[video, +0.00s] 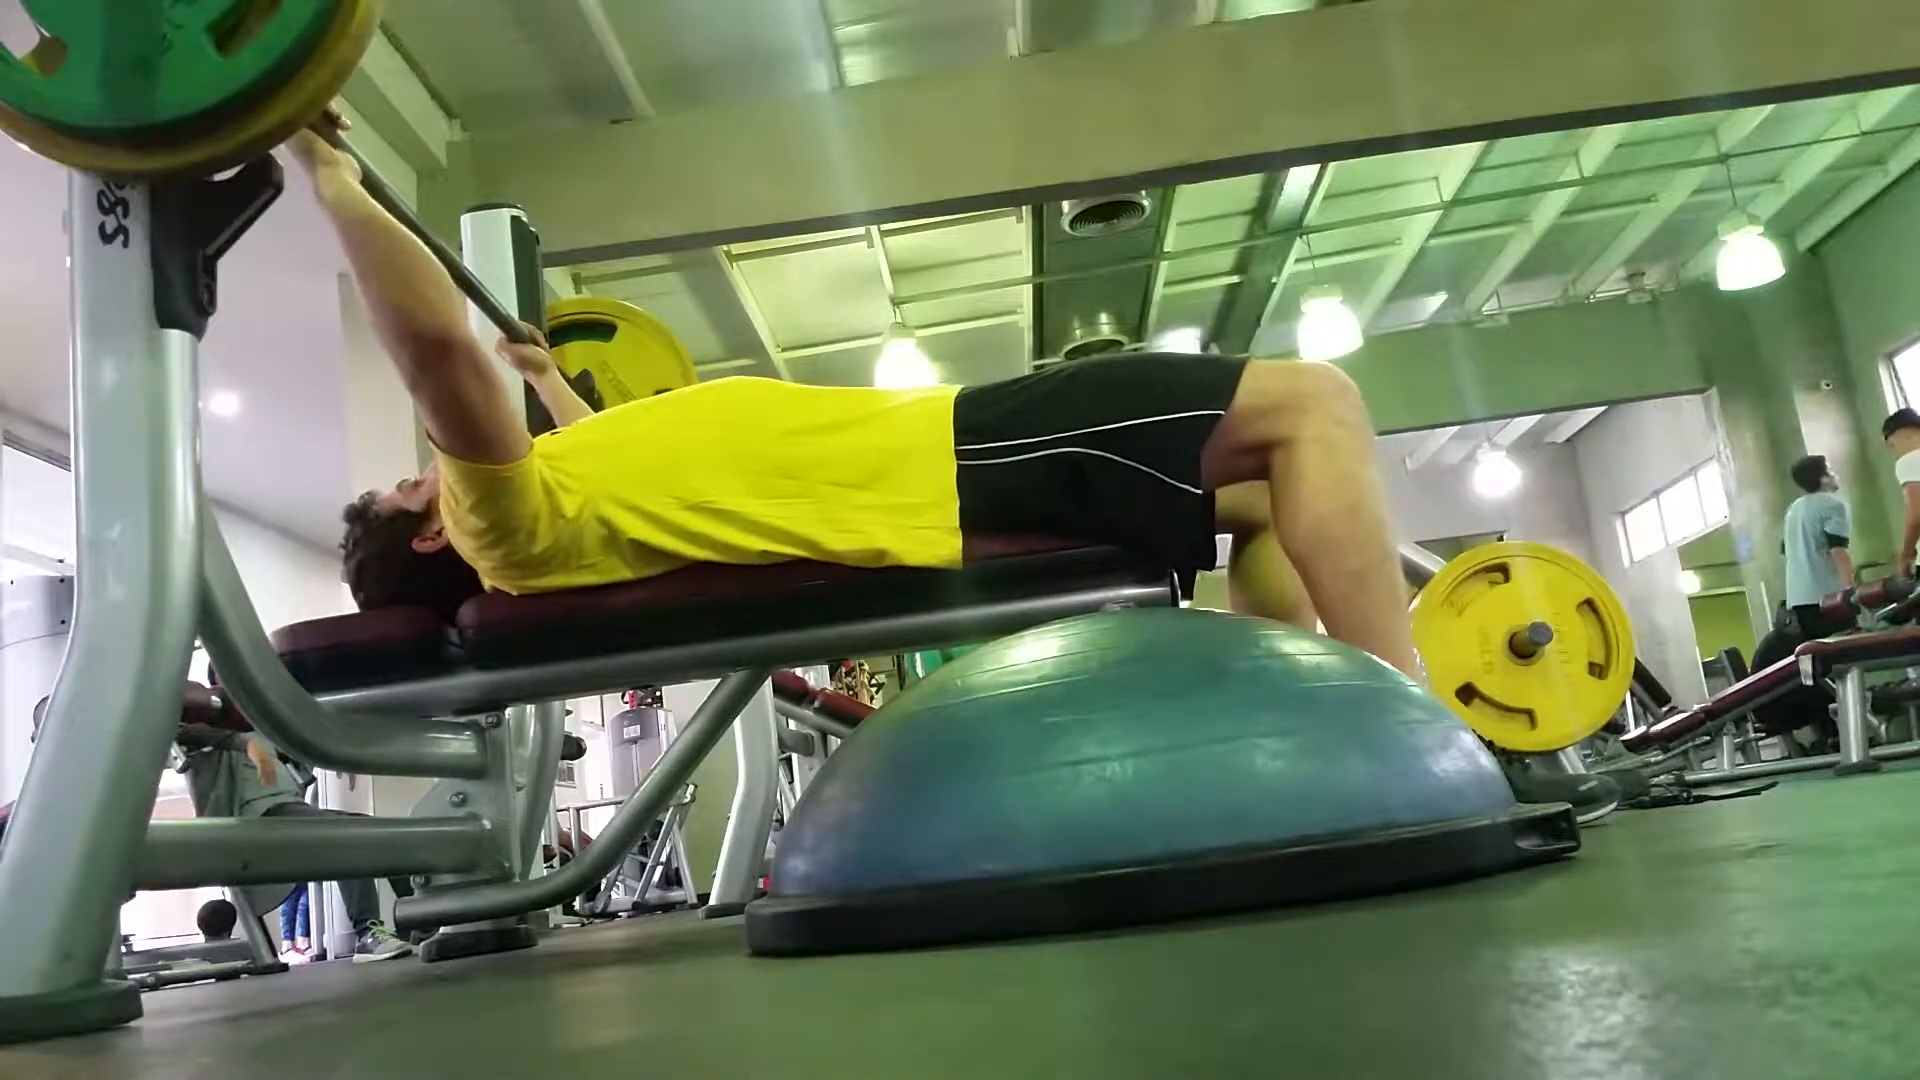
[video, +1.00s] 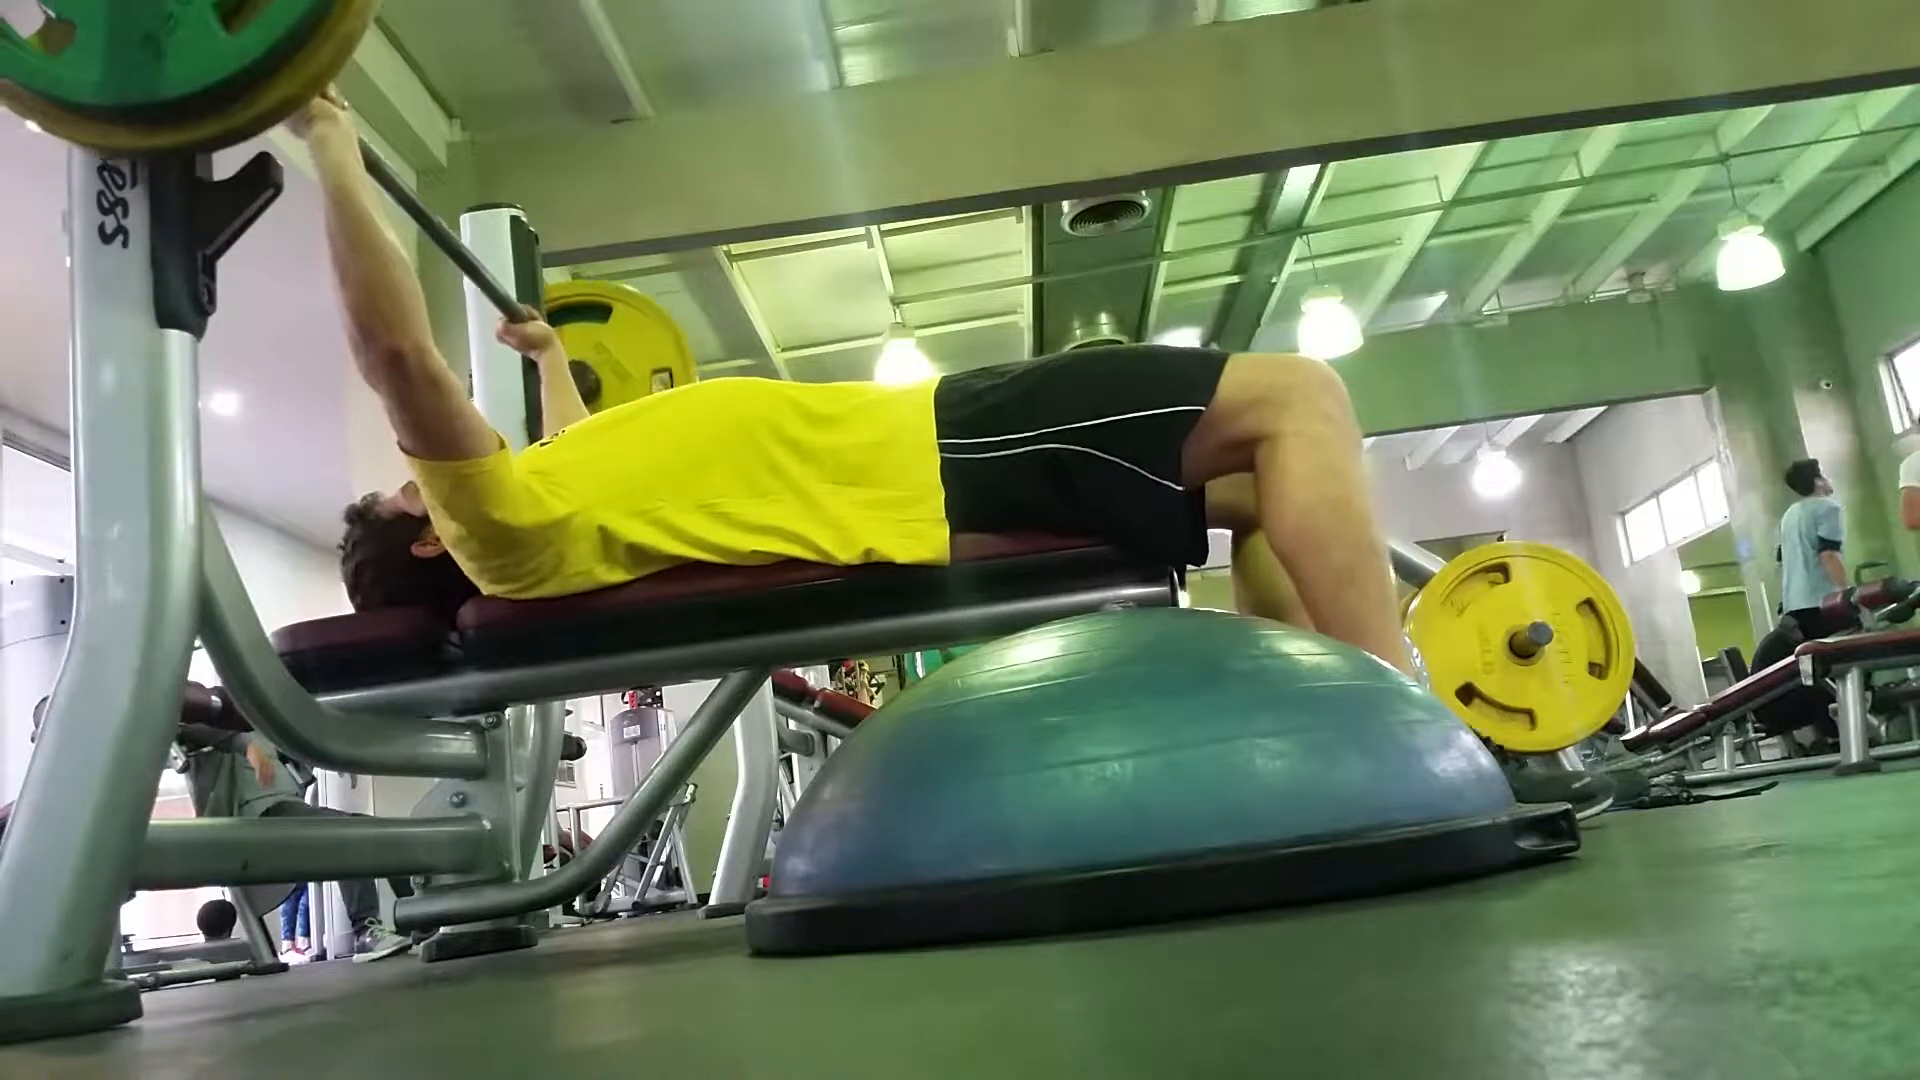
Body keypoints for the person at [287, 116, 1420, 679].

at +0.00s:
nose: (509, 380)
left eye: (406, 475)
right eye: (413, 474)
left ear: (440, 534)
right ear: (428, 519)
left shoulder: (560, 511)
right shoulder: (516, 524)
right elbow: (439, 342)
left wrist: (541, 385)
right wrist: (323, 165)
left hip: (942, 466)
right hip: (936, 460)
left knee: (1253, 507)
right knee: (1309, 403)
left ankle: (1304, 746)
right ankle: (1414, 739)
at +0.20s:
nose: (411, 474)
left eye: (402, 479)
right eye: (407, 481)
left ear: (438, 547)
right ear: (430, 525)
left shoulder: (552, 515)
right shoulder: (513, 527)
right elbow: (431, 352)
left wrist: (548, 395)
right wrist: (324, 171)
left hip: (937, 468)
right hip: (933, 459)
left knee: (1252, 501)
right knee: (1310, 402)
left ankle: (1305, 742)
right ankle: (1414, 736)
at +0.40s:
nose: (412, 472)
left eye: (400, 478)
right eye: (405, 481)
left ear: (430, 561)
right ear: (426, 526)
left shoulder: (545, 524)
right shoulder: (504, 527)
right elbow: (421, 360)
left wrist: (551, 403)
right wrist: (327, 171)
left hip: (931, 469)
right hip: (932, 457)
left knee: (1248, 502)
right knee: (1310, 402)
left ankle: (1309, 731)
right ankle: (1411, 734)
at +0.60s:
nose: (421, 471)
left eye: (408, 477)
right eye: (414, 480)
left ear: (430, 559)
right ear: (428, 528)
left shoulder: (553, 518)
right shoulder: (512, 528)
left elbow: (627, 471)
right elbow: (403, 371)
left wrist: (551, 394)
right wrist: (317, 146)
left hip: (935, 460)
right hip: (932, 461)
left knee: (1256, 481)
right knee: (1307, 402)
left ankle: (1299, 740)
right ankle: (1410, 738)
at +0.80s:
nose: (418, 476)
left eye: (405, 481)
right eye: (408, 485)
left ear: (429, 558)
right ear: (423, 534)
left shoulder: (553, 529)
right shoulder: (512, 533)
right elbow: (397, 373)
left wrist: (545, 394)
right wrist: (316, 140)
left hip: (927, 463)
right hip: (923, 454)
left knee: (1267, 468)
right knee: (1302, 404)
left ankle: (1296, 740)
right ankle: (1408, 736)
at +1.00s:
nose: (420, 471)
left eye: (406, 476)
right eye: (411, 481)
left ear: (430, 549)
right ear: (422, 529)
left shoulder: (551, 532)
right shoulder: (511, 527)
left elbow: (598, 478)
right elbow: (394, 351)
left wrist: (551, 379)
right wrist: (315, 115)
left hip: (929, 457)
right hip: (928, 456)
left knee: (1262, 468)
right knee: (1295, 402)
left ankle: (1293, 731)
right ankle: (1404, 730)